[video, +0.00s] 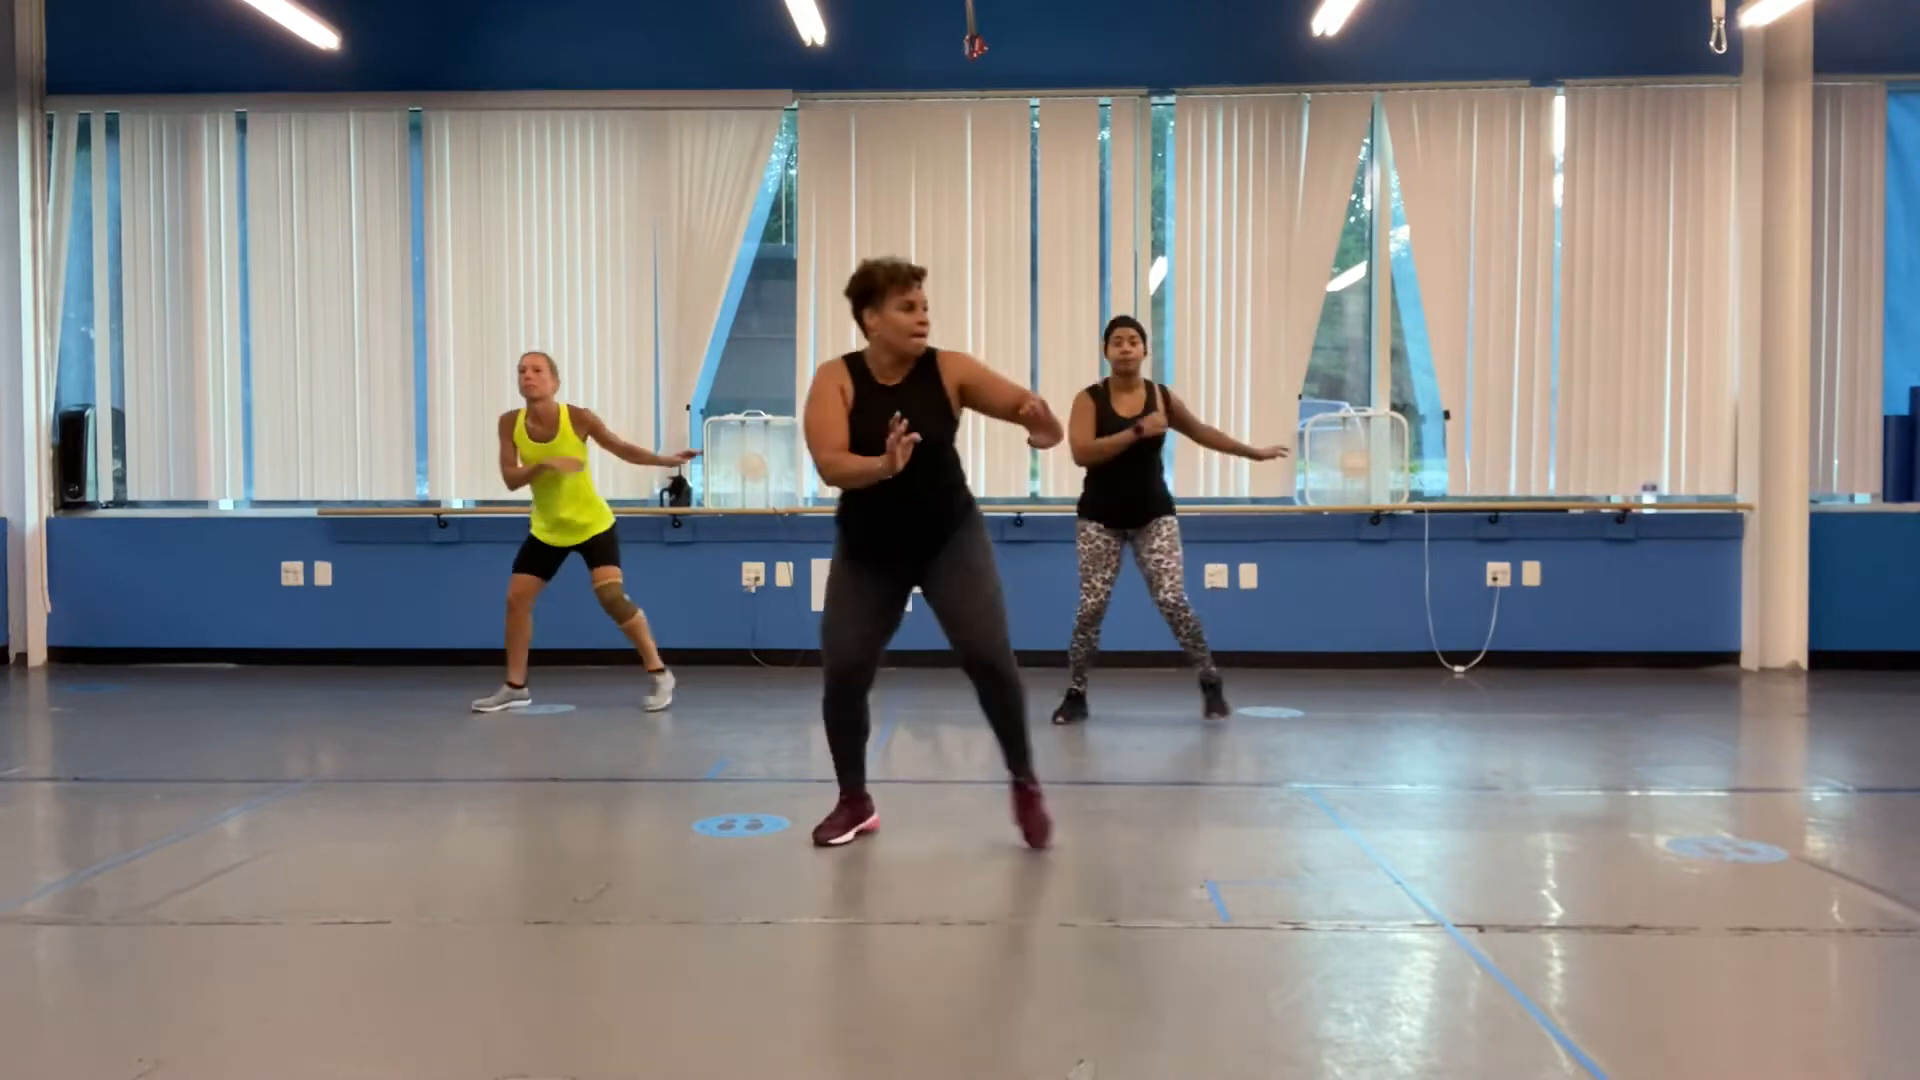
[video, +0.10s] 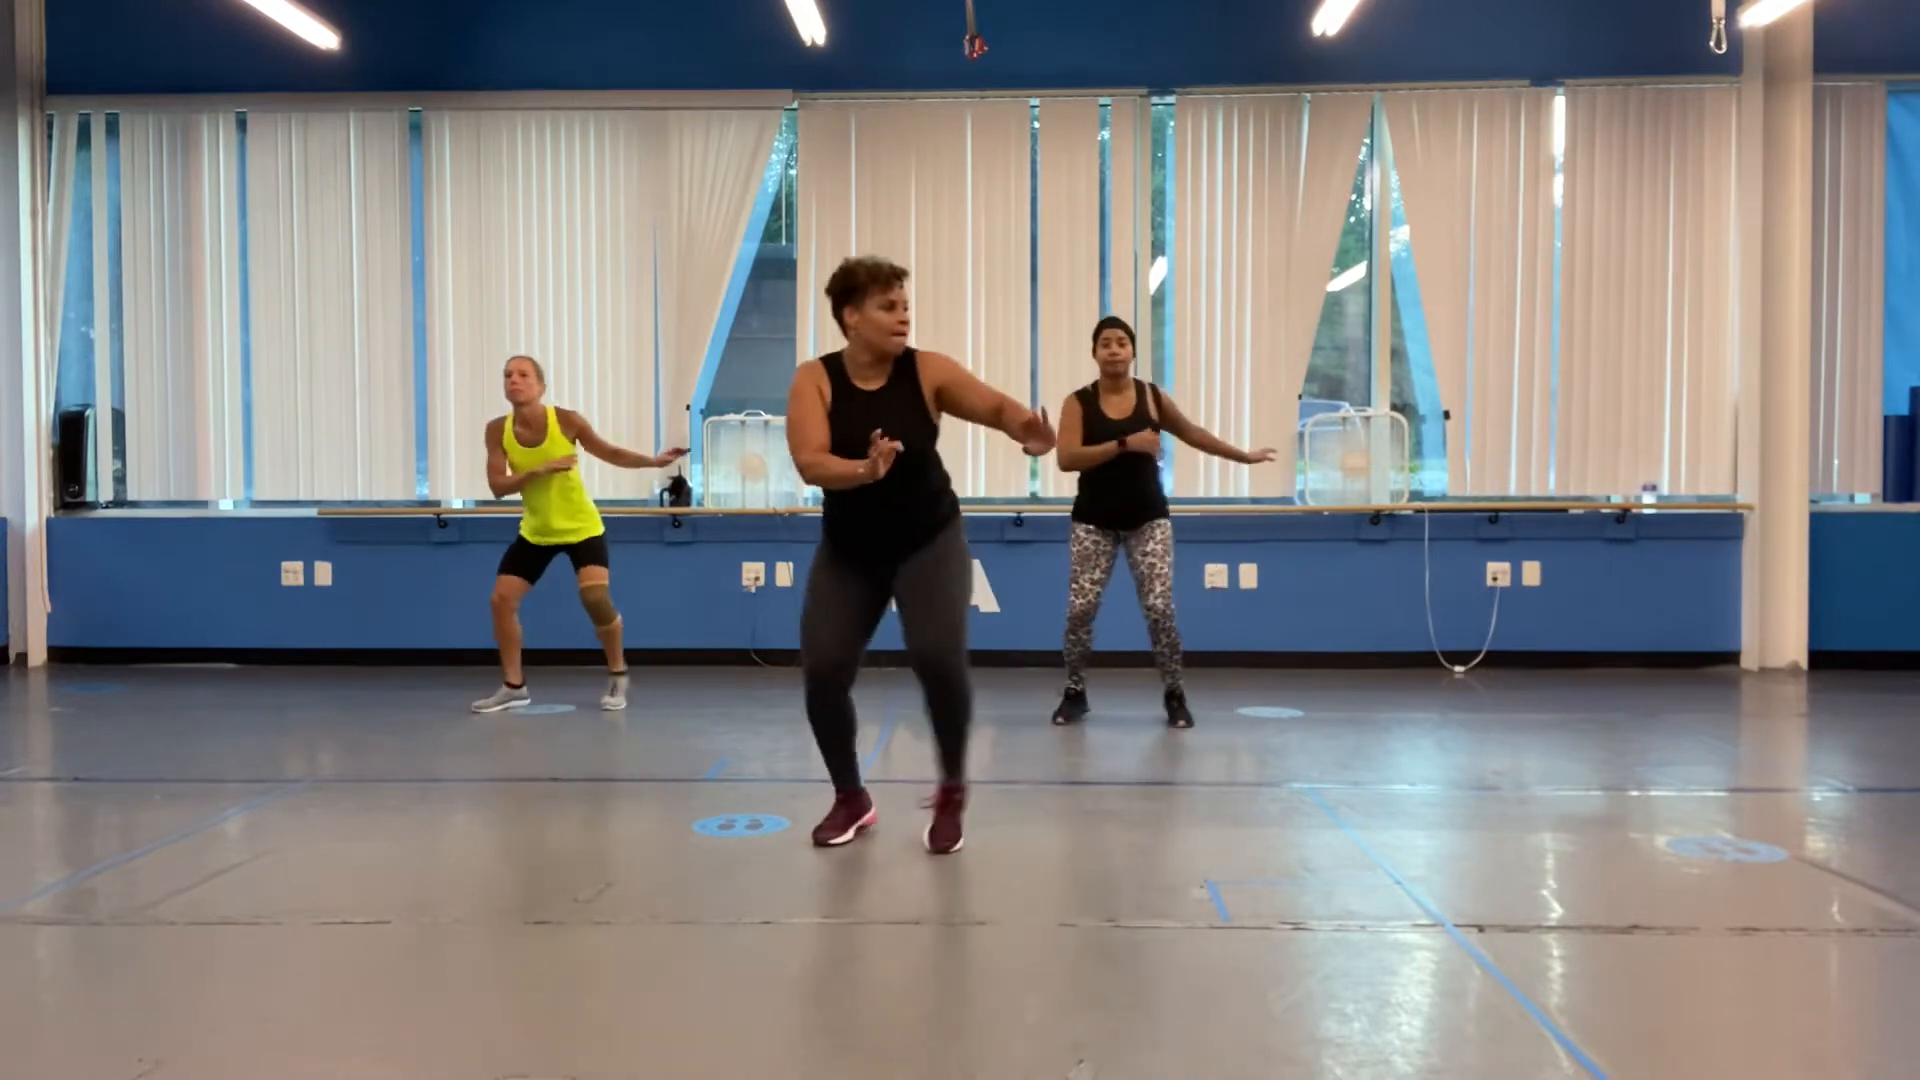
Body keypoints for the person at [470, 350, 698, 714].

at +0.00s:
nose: (527, 376)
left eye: (536, 371)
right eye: (522, 371)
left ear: (554, 380)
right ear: (518, 382)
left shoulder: (579, 418)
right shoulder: (510, 423)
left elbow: (622, 449)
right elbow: (511, 479)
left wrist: (664, 460)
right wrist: (545, 465)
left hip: (592, 521)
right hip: (547, 526)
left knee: (611, 597)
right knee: (517, 597)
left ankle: (660, 673)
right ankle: (515, 687)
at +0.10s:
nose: (513, 381)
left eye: (522, 376)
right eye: (508, 376)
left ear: (541, 385)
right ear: (504, 387)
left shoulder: (567, 421)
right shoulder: (498, 430)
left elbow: (610, 453)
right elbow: (499, 486)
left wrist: (654, 461)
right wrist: (543, 469)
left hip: (581, 524)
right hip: (536, 529)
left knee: (595, 597)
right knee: (503, 599)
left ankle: (618, 677)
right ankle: (513, 687)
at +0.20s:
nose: (499, 382)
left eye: (508, 377)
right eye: (494, 377)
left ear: (527, 387)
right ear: (490, 388)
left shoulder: (554, 419)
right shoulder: (488, 430)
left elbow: (602, 445)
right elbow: (491, 484)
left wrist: (651, 453)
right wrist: (529, 466)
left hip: (578, 526)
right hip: (535, 530)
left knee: (585, 603)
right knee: (487, 590)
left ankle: (615, 680)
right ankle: (503, 678)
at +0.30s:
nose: (484, 379)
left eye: (493, 374)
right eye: (480, 375)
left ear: (512, 385)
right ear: (475, 386)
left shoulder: (538, 417)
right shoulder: (472, 424)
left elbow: (591, 428)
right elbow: (472, 476)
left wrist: (645, 438)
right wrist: (509, 448)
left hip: (567, 523)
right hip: (524, 527)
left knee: (584, 602)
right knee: (484, 592)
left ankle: (626, 679)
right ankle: (477, 682)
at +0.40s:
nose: (471, 383)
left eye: (480, 378)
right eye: (467, 378)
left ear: (499, 388)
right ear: (462, 389)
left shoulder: (523, 420)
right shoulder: (457, 426)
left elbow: (578, 431)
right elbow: (453, 476)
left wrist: (624, 440)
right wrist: (484, 443)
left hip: (548, 524)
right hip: (504, 530)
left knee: (569, 603)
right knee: (470, 599)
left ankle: (625, 672)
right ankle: (467, 687)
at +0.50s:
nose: (465, 385)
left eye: (473, 380)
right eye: (460, 380)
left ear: (492, 390)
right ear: (455, 391)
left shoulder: (517, 426)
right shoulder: (447, 435)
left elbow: (557, 454)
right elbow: (442, 490)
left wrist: (597, 475)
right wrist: (477, 459)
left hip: (537, 527)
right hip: (493, 532)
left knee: (545, 603)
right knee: (458, 599)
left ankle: (585, 660)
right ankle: (465, 687)